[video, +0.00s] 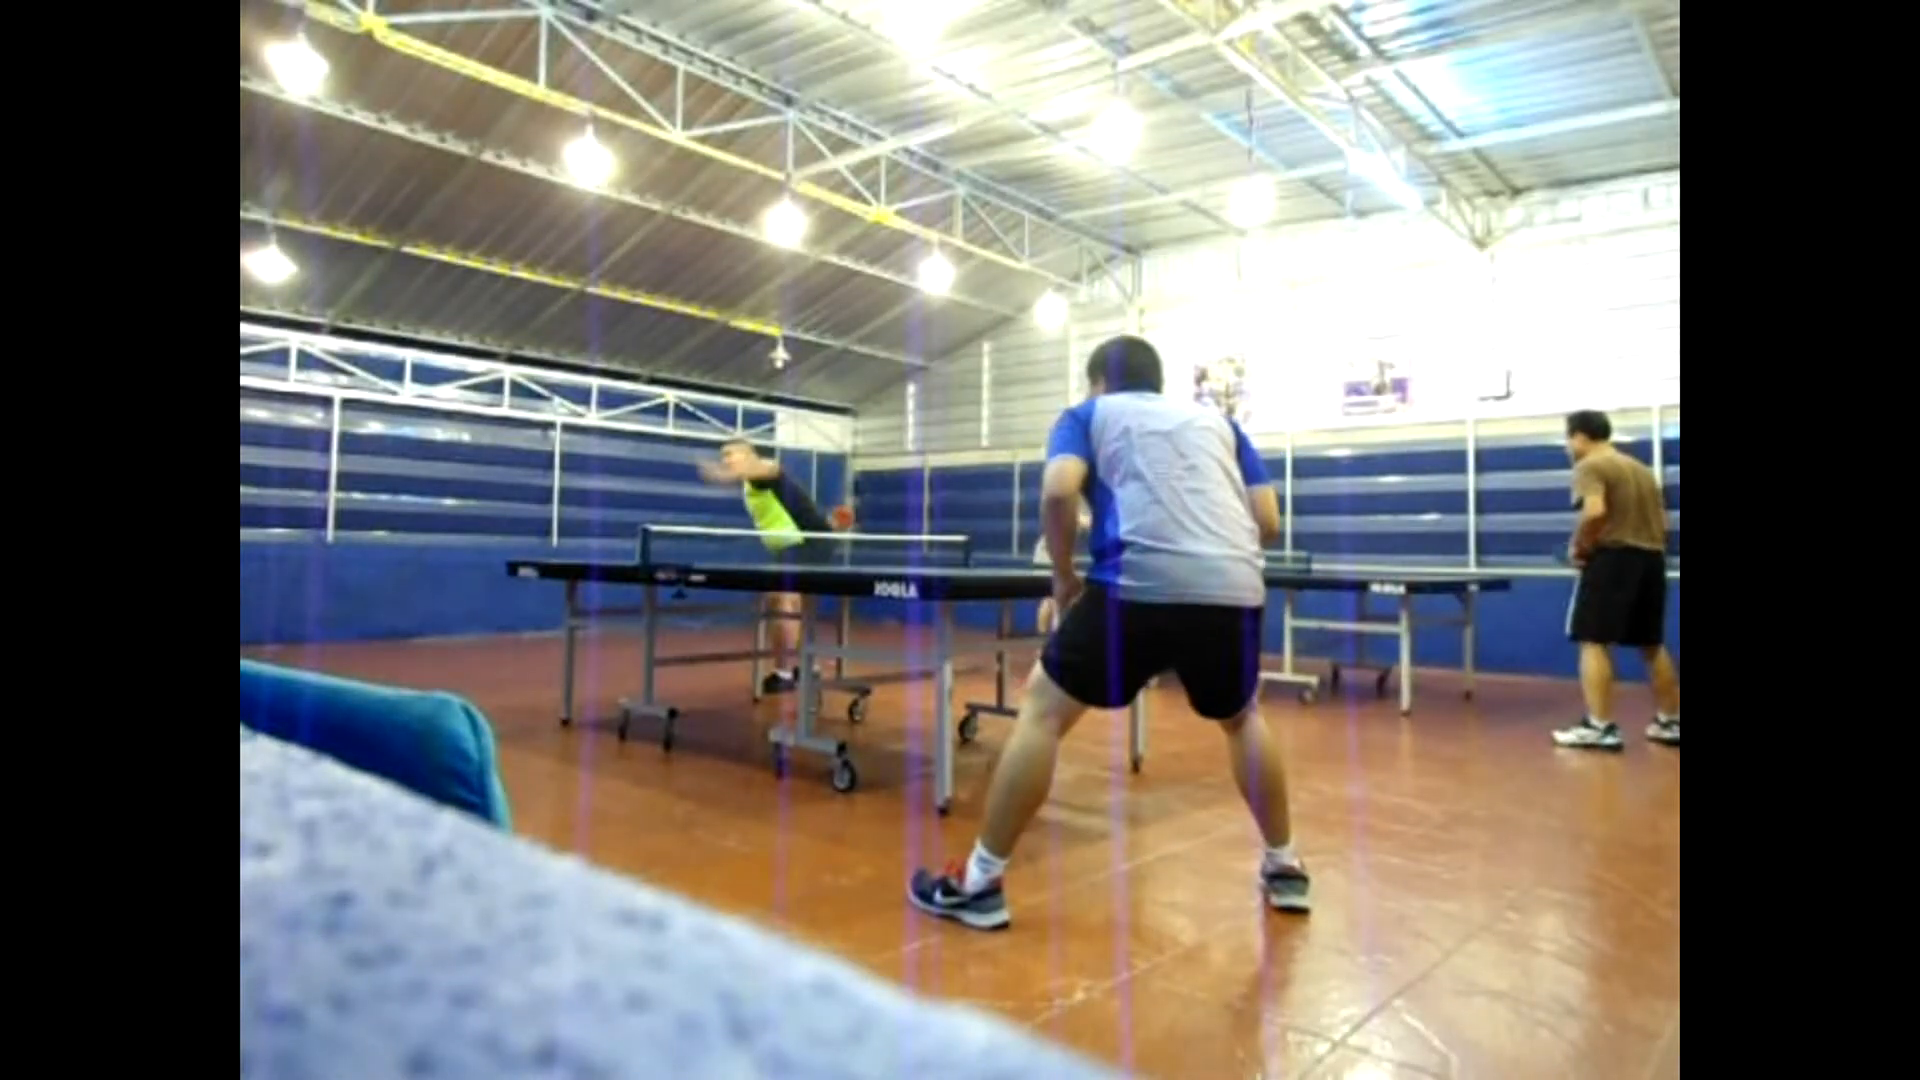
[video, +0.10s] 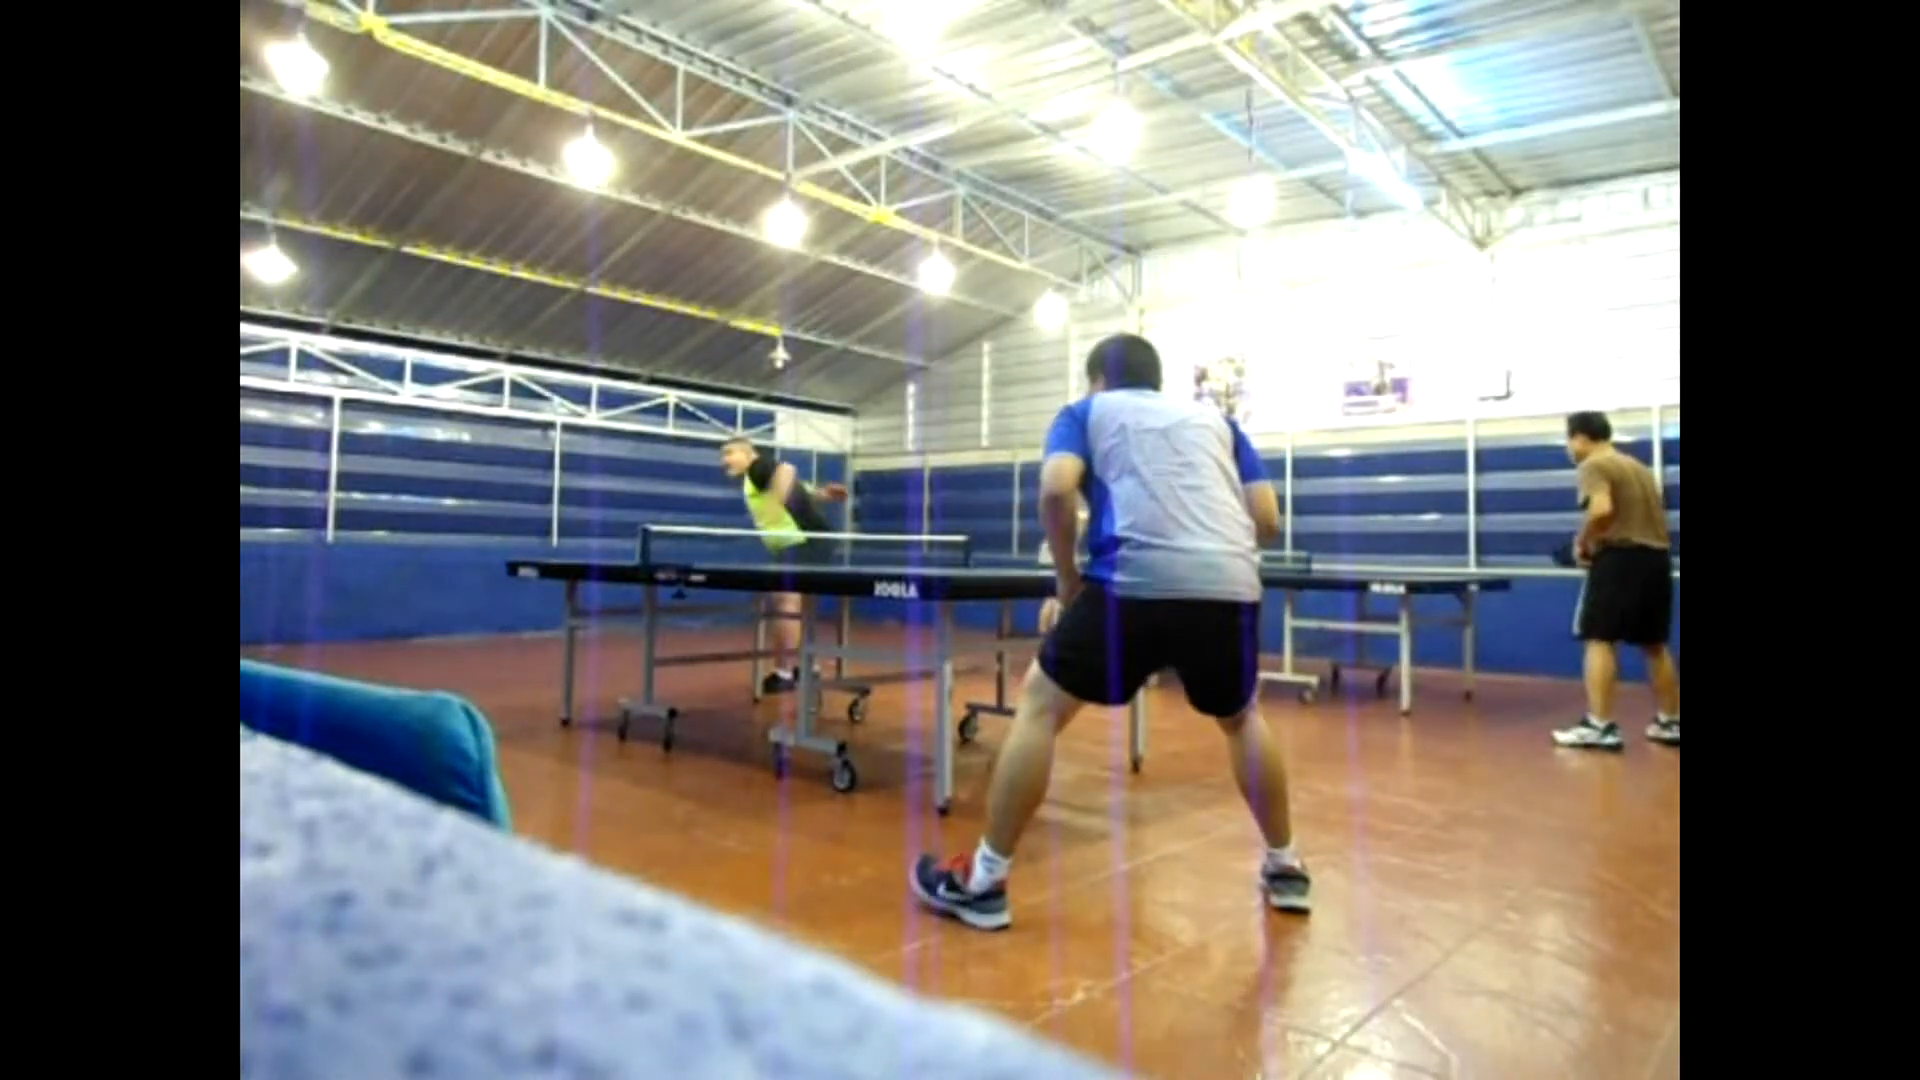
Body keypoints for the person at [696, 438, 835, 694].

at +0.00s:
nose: (728, 462)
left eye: (732, 454)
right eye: (725, 457)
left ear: (749, 454)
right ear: (727, 461)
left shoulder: (770, 471)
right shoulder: (749, 485)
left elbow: (753, 471)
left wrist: (720, 474)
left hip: (806, 544)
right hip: (784, 548)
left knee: (788, 604)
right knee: (775, 606)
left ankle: (790, 669)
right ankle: (782, 668)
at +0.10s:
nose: (727, 460)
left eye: (731, 453)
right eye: (725, 455)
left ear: (749, 453)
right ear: (731, 459)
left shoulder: (759, 468)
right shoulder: (752, 479)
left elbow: (786, 470)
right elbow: (796, 486)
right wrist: (822, 493)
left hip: (800, 544)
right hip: (786, 546)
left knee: (787, 605)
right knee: (787, 606)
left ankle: (786, 670)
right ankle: (800, 665)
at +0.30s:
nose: (724, 476)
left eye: (728, 467)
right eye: (721, 470)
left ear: (746, 465)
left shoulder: (764, 478)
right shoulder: (750, 492)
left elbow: (811, 484)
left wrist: (831, 520)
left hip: (804, 548)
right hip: (785, 552)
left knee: (786, 604)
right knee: (781, 605)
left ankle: (780, 667)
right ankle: (801, 663)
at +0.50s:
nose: (744, 491)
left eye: (748, 484)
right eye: (738, 487)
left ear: (757, 480)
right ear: (730, 488)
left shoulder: (780, 489)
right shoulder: (727, 503)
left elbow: (823, 485)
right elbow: (696, 534)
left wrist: (835, 525)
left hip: (803, 555)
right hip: (771, 560)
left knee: (783, 608)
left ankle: (768, 671)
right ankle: (803, 663)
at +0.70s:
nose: (757, 472)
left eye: (761, 466)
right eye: (750, 467)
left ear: (768, 466)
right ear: (739, 468)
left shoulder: (780, 486)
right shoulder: (723, 490)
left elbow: (789, 522)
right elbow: (714, 522)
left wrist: (805, 526)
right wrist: (755, 515)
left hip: (786, 550)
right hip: (751, 556)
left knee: (777, 608)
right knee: (758, 612)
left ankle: (770, 669)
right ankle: (793, 655)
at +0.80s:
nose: (763, 454)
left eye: (766, 448)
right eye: (757, 448)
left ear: (772, 451)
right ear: (743, 450)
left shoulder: (780, 474)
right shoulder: (726, 474)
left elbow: (792, 512)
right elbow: (720, 502)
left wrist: (795, 491)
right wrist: (761, 490)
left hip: (776, 545)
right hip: (739, 550)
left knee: (773, 607)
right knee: (739, 606)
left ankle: (767, 669)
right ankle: (778, 643)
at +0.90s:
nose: (767, 443)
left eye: (770, 436)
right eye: (761, 436)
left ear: (773, 441)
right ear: (744, 438)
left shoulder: (776, 468)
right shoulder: (722, 462)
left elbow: (778, 501)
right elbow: (716, 493)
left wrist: (785, 493)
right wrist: (762, 491)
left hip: (765, 542)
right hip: (727, 545)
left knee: (765, 606)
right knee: (720, 601)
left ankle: (763, 667)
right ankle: (743, 640)